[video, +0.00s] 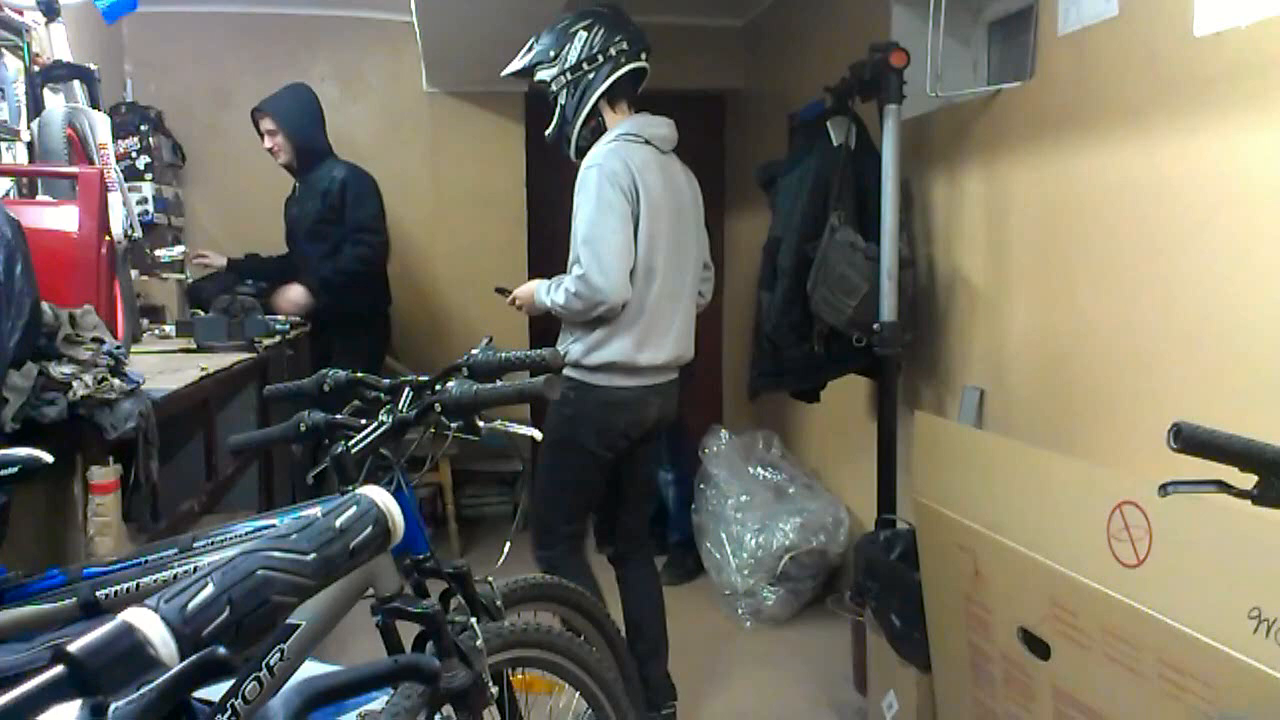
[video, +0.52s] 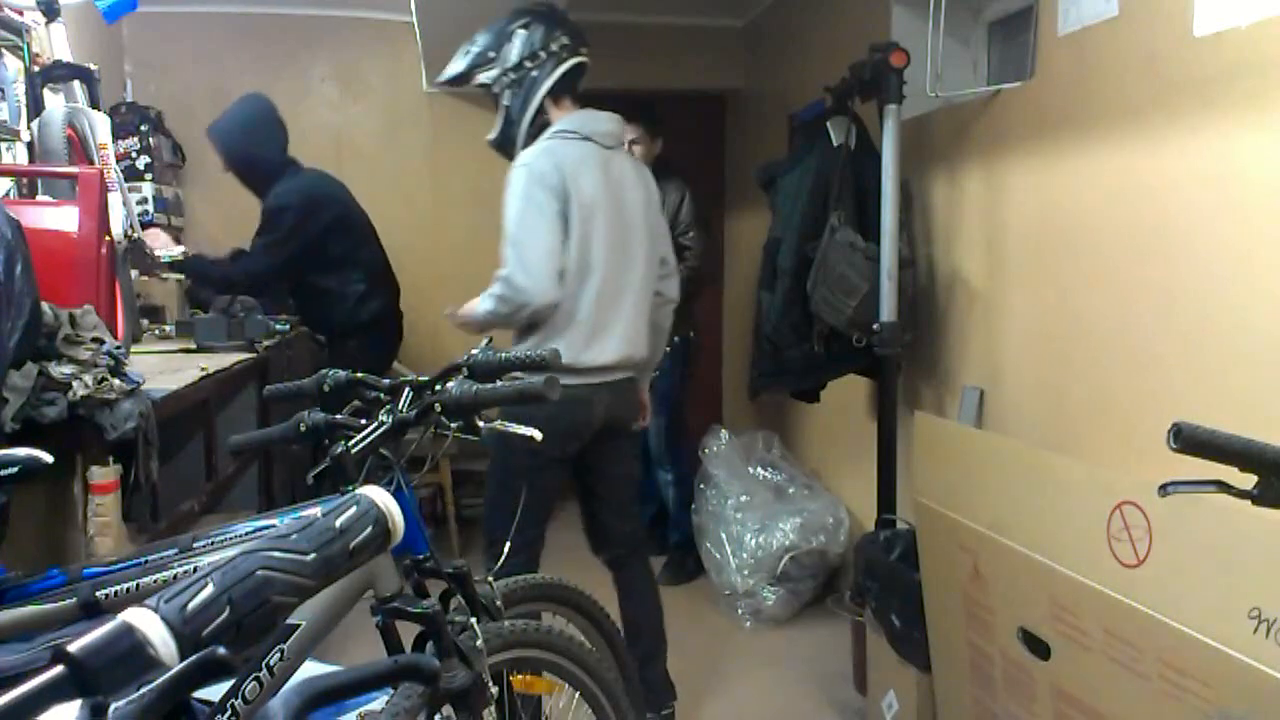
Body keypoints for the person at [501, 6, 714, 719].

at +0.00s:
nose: (557, 107)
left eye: (560, 90)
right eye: (554, 92)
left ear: (590, 86)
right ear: (627, 83)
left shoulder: (607, 165)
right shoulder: (679, 171)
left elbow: (601, 287)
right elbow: (702, 286)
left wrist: (541, 294)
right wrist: (634, 310)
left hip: (597, 395)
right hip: (656, 392)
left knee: (557, 539)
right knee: (633, 543)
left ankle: (609, 691)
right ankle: (653, 693)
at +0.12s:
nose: (550, 103)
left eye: (554, 87)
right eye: (548, 88)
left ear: (584, 83)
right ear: (622, 81)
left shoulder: (600, 161)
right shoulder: (674, 170)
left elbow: (602, 280)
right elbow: (697, 286)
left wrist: (540, 294)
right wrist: (636, 317)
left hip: (597, 390)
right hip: (653, 389)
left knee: (544, 533)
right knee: (633, 541)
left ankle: (592, 691)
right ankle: (652, 694)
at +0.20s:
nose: (545, 102)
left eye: (549, 86)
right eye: (543, 87)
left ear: (578, 83)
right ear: (617, 82)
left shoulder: (592, 160)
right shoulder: (670, 169)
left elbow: (594, 280)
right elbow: (694, 286)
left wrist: (535, 295)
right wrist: (640, 320)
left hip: (593, 391)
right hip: (652, 389)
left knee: (541, 538)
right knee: (638, 543)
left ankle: (554, 687)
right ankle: (654, 695)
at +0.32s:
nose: (532, 102)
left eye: (537, 86)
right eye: (531, 87)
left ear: (567, 82)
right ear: (604, 83)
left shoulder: (575, 161)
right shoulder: (660, 168)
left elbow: (578, 279)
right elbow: (689, 283)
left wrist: (524, 298)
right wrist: (646, 333)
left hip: (582, 391)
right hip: (645, 390)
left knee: (534, 545)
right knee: (641, 547)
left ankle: (521, 688)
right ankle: (656, 697)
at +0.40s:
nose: (519, 107)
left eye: (524, 90)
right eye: (518, 92)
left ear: (556, 83)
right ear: (589, 84)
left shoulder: (562, 162)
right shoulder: (650, 167)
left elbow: (563, 279)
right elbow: (681, 282)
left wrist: (514, 300)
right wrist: (649, 337)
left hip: (574, 391)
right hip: (637, 389)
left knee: (527, 545)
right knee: (639, 548)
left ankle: (501, 681)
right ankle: (654, 697)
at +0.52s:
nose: (497, 110)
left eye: (501, 92)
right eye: (495, 94)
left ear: (532, 84)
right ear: (565, 84)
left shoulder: (540, 164)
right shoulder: (632, 165)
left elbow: (532, 286)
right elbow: (664, 280)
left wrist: (480, 312)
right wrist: (641, 372)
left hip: (546, 396)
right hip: (618, 395)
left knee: (509, 552)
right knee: (626, 548)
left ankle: (502, 692)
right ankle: (651, 695)